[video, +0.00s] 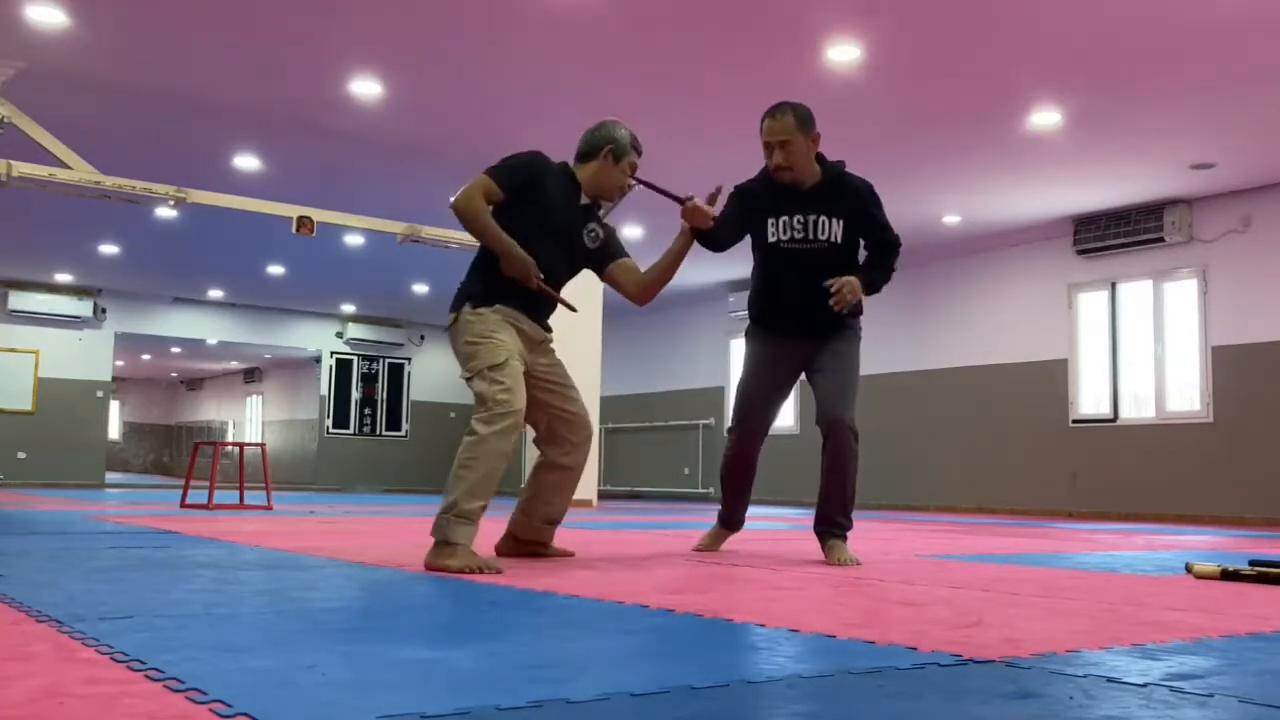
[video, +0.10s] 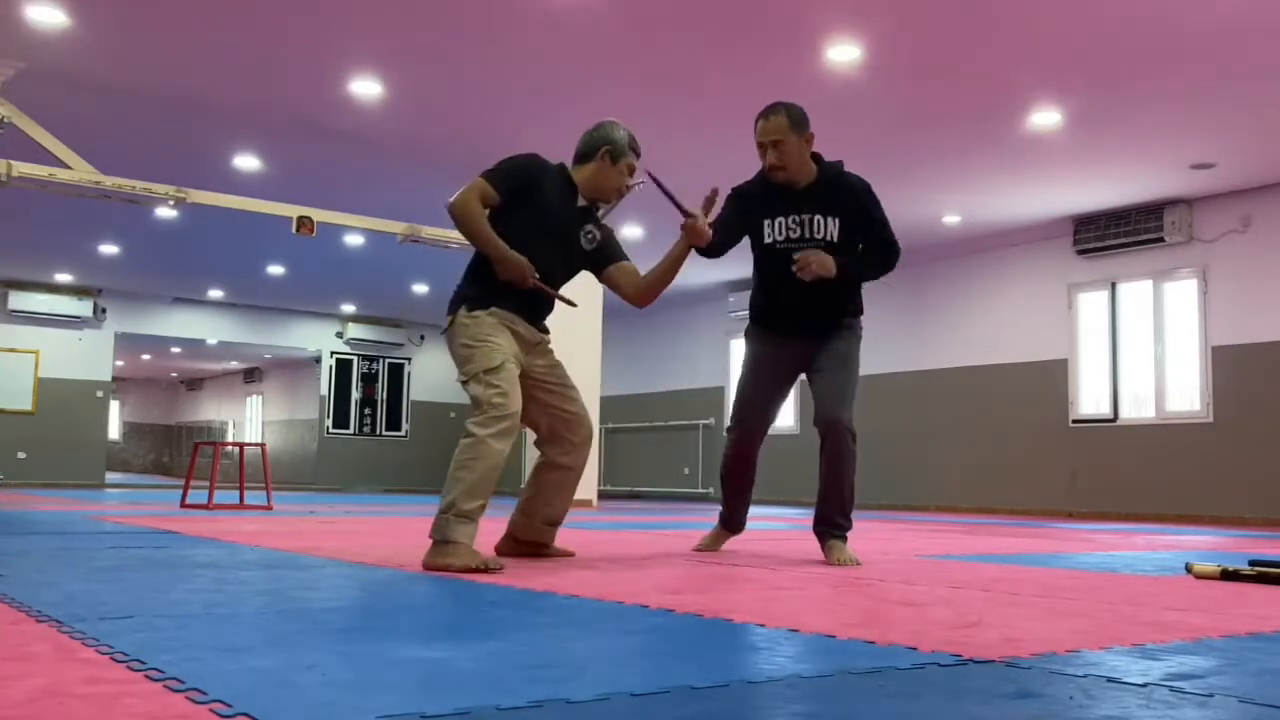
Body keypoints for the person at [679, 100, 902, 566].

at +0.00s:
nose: (775, 159)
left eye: (785, 147)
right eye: (768, 148)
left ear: (814, 142)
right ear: (762, 147)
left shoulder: (853, 193)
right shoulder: (754, 194)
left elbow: (888, 249)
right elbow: (721, 237)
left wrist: (864, 282)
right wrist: (703, 225)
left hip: (834, 333)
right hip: (772, 333)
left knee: (839, 424)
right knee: (745, 429)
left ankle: (834, 535)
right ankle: (729, 522)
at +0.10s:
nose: (769, 158)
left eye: (778, 146)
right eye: (762, 148)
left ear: (807, 142)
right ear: (756, 148)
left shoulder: (849, 191)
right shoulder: (749, 197)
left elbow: (887, 255)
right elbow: (719, 242)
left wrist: (837, 265)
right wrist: (703, 235)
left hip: (834, 333)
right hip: (773, 333)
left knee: (836, 424)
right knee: (743, 429)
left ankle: (833, 536)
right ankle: (730, 522)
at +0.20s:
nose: (758, 159)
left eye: (767, 147)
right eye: (752, 149)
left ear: (797, 140)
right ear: (747, 150)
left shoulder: (840, 187)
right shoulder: (745, 199)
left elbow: (856, 253)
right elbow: (717, 263)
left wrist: (785, 222)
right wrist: (705, 252)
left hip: (833, 330)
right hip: (773, 331)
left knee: (828, 422)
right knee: (734, 424)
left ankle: (834, 536)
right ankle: (729, 520)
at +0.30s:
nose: (749, 161)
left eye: (757, 149)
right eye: (743, 152)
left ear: (787, 141)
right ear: (740, 152)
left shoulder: (827, 180)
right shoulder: (747, 197)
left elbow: (825, 232)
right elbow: (727, 251)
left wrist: (759, 207)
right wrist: (707, 286)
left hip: (830, 329)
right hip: (772, 330)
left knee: (822, 423)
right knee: (725, 422)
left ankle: (834, 537)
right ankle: (725, 525)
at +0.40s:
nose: (732, 160)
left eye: (738, 147)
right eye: (725, 150)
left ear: (769, 139)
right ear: (723, 151)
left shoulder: (808, 181)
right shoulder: (737, 201)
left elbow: (788, 229)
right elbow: (727, 261)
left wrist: (718, 222)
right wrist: (705, 310)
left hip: (819, 325)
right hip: (763, 328)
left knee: (815, 421)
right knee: (724, 423)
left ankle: (833, 538)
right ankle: (709, 531)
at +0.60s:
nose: (690, 160)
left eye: (697, 149)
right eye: (685, 151)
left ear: (726, 143)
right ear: (687, 152)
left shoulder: (751, 184)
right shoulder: (721, 191)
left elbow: (742, 243)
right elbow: (727, 257)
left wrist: (691, 285)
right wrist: (704, 301)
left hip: (781, 321)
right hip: (737, 326)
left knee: (814, 422)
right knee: (705, 421)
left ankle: (893, 515)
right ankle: (711, 530)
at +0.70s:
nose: (687, 166)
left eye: (694, 155)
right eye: (681, 158)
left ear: (722, 150)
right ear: (682, 158)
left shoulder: (742, 189)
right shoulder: (718, 194)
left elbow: (731, 245)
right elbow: (725, 259)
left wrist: (679, 285)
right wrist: (695, 302)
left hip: (770, 329)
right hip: (726, 332)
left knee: (809, 422)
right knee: (692, 425)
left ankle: (884, 521)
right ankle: (710, 531)